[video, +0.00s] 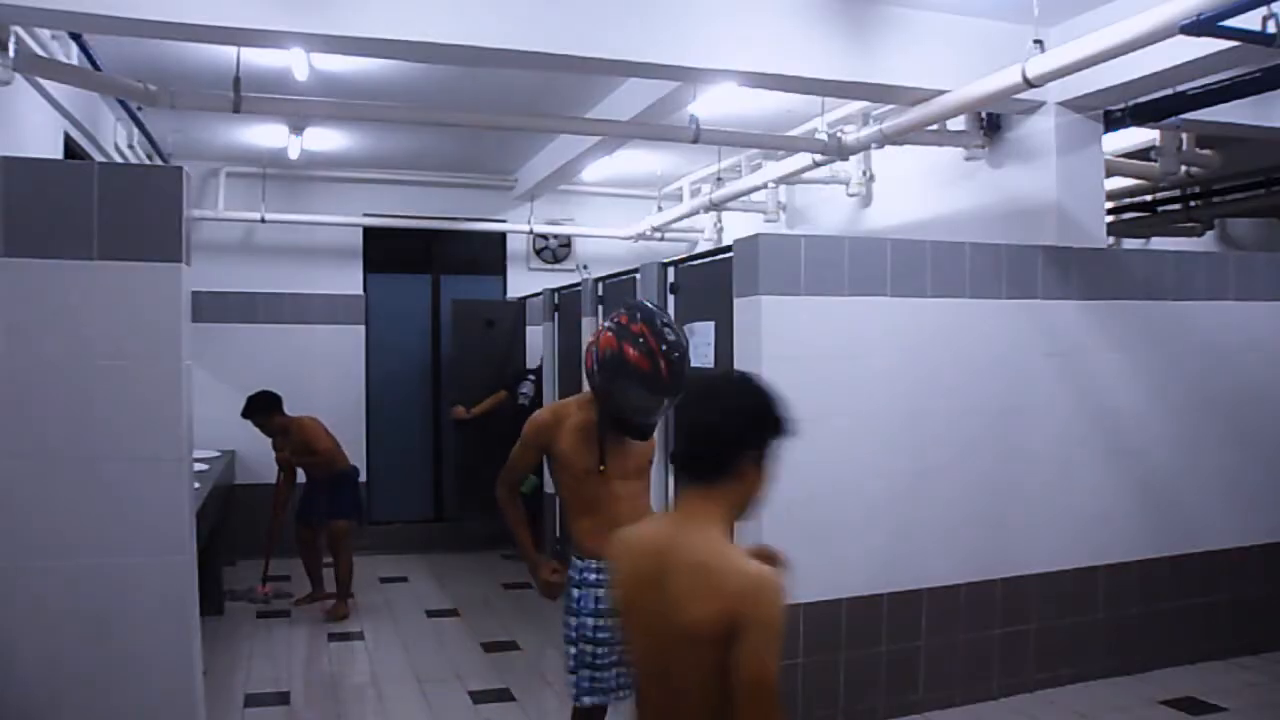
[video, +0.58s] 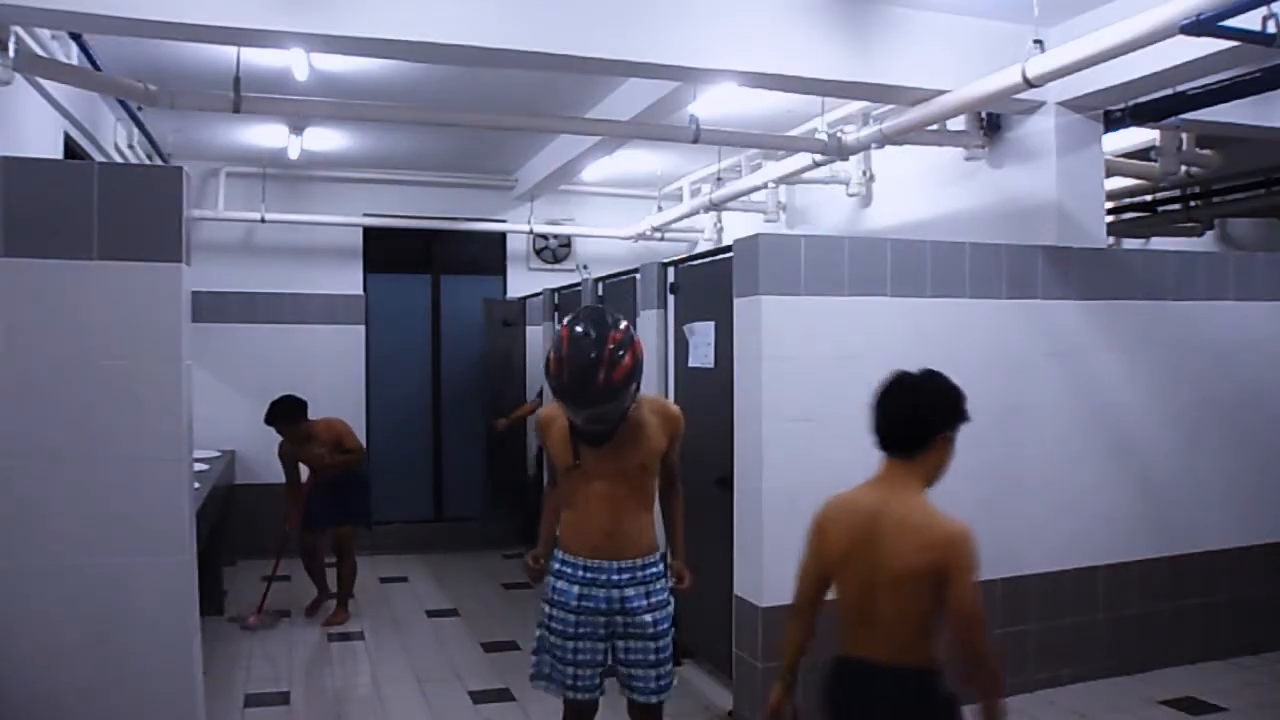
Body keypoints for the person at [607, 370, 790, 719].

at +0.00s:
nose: (765, 477)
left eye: (765, 461)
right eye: (764, 461)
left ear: (678, 453)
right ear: (749, 466)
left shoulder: (625, 546)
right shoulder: (751, 585)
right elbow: (756, 707)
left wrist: (732, 564)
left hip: (647, 711)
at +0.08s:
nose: (802, 482)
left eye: (803, 465)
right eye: (801, 465)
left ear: (721, 456)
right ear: (785, 469)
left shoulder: (661, 548)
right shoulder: (783, 588)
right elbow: (783, 705)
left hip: (680, 711)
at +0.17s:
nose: (835, 480)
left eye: (835, 466)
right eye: (835, 466)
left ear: (755, 457)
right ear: (824, 471)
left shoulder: (696, 545)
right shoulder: (816, 588)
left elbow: (693, 649)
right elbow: (815, 705)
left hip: (709, 709)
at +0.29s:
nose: (883, 473)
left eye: (885, 458)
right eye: (885, 458)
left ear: (809, 443)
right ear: (874, 460)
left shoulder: (749, 533)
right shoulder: (867, 574)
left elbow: (741, 632)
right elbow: (869, 700)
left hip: (760, 702)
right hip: (828, 707)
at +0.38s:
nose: (908, 462)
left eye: (909, 449)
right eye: (909, 449)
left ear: (835, 437)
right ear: (898, 451)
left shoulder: (778, 523)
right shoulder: (891, 558)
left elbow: (769, 639)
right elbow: (899, 677)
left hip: (786, 696)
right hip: (858, 701)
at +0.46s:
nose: (927, 453)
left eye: (928, 439)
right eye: (929, 439)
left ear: (855, 430)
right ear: (918, 443)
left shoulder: (802, 515)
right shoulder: (916, 544)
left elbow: (788, 627)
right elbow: (928, 665)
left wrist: (787, 694)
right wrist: (945, 708)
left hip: (812, 691)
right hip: (884, 697)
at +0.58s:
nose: (952, 451)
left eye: (953, 438)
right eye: (953, 438)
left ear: (886, 432)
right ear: (942, 442)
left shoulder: (834, 514)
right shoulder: (946, 536)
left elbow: (803, 611)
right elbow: (971, 643)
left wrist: (785, 684)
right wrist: (992, 704)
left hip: (846, 686)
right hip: (916, 691)